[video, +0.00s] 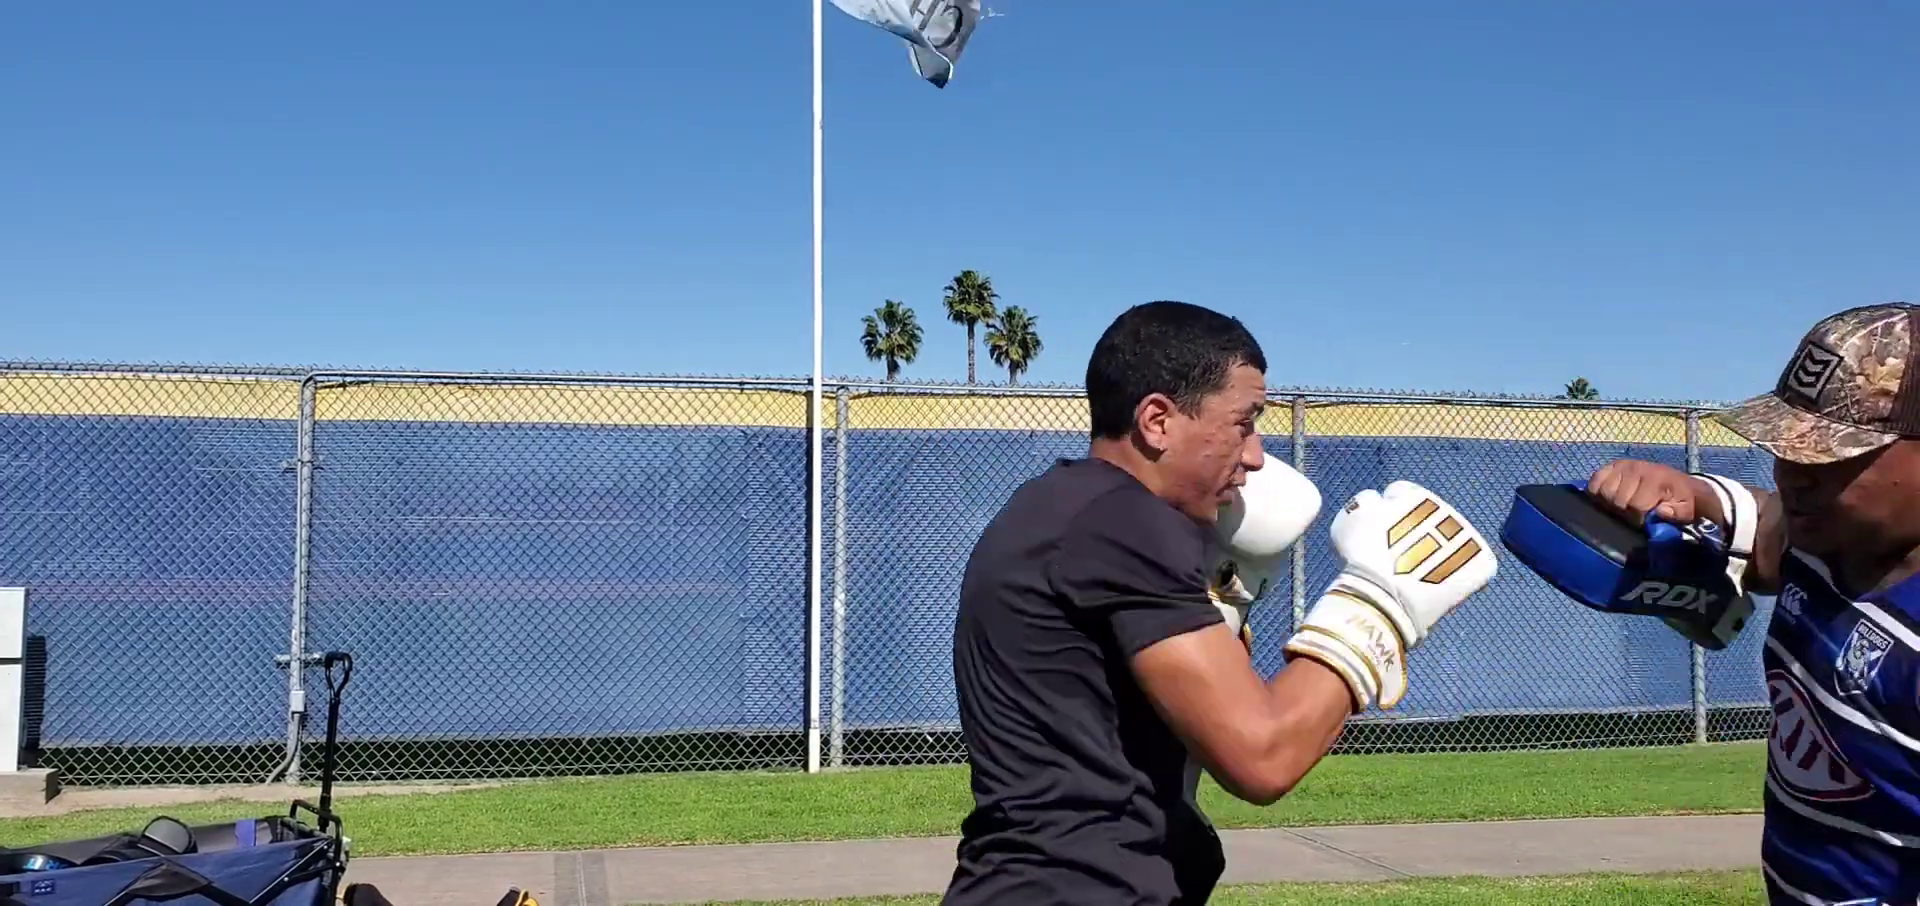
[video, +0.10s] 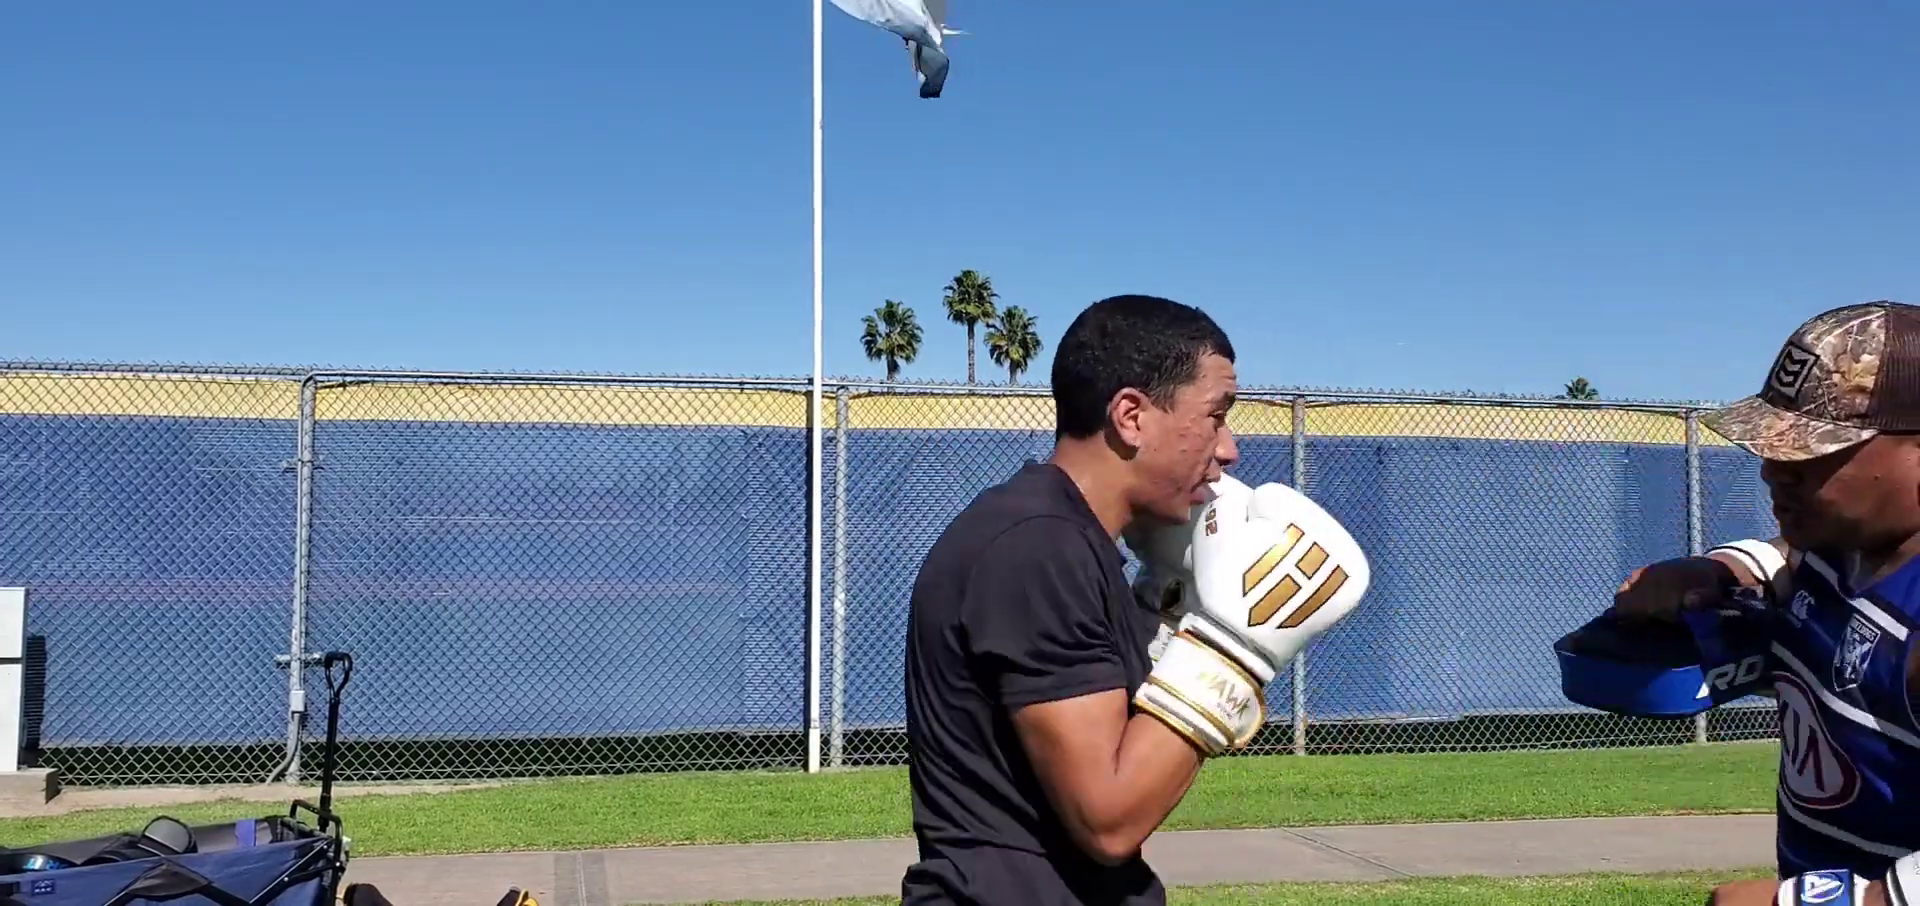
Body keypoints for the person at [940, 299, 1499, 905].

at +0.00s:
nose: (1256, 455)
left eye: (1256, 425)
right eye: (1242, 422)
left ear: (1152, 424)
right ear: (1157, 421)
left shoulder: (1051, 509)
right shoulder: (1118, 521)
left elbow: (1165, 745)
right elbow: (1263, 758)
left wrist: (1232, 578)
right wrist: (1374, 608)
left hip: (1020, 875)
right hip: (1092, 883)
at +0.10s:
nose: (1231, 450)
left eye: (1225, 418)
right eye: (1215, 416)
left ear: (1132, 420)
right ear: (1131, 417)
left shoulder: (1064, 541)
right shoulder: (1039, 550)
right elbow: (1111, 822)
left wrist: (1169, 591)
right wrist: (1227, 654)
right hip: (1017, 890)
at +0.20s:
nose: (1205, 420)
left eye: (1203, 388)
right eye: (1193, 386)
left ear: (1107, 380)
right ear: (1106, 378)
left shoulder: (1062, 516)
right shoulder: (983, 523)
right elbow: (1042, 802)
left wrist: (1156, 615)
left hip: (1054, 883)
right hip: (976, 890)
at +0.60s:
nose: (1194, 401)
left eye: (1193, 371)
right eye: (1184, 369)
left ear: (1105, 360)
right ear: (1104, 358)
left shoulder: (1042, 491)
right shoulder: (991, 495)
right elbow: (1095, 763)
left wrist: (1145, 554)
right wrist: (1180, 569)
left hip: (1038, 882)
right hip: (970, 886)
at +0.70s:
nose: (1196, 418)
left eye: (1195, 389)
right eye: (1186, 386)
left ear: (1105, 377)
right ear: (1104, 375)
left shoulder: (1069, 513)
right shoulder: (993, 509)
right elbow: (1086, 774)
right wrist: (1181, 590)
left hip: (1053, 885)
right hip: (956, 888)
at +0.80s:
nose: (1184, 424)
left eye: (1182, 393)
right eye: (1170, 390)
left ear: (1083, 382)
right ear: (1082, 377)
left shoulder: (1069, 515)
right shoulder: (966, 506)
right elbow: (1048, 762)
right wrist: (1164, 593)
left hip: (1051, 883)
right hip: (940, 887)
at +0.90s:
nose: (1148, 422)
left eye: (1153, 399)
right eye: (1142, 395)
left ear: (1056, 387)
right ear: (1056, 381)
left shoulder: (1034, 509)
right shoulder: (942, 496)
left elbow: (1037, 699)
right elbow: (1025, 741)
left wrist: (1145, 604)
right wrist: (1120, 563)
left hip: (1022, 882)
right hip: (908, 887)